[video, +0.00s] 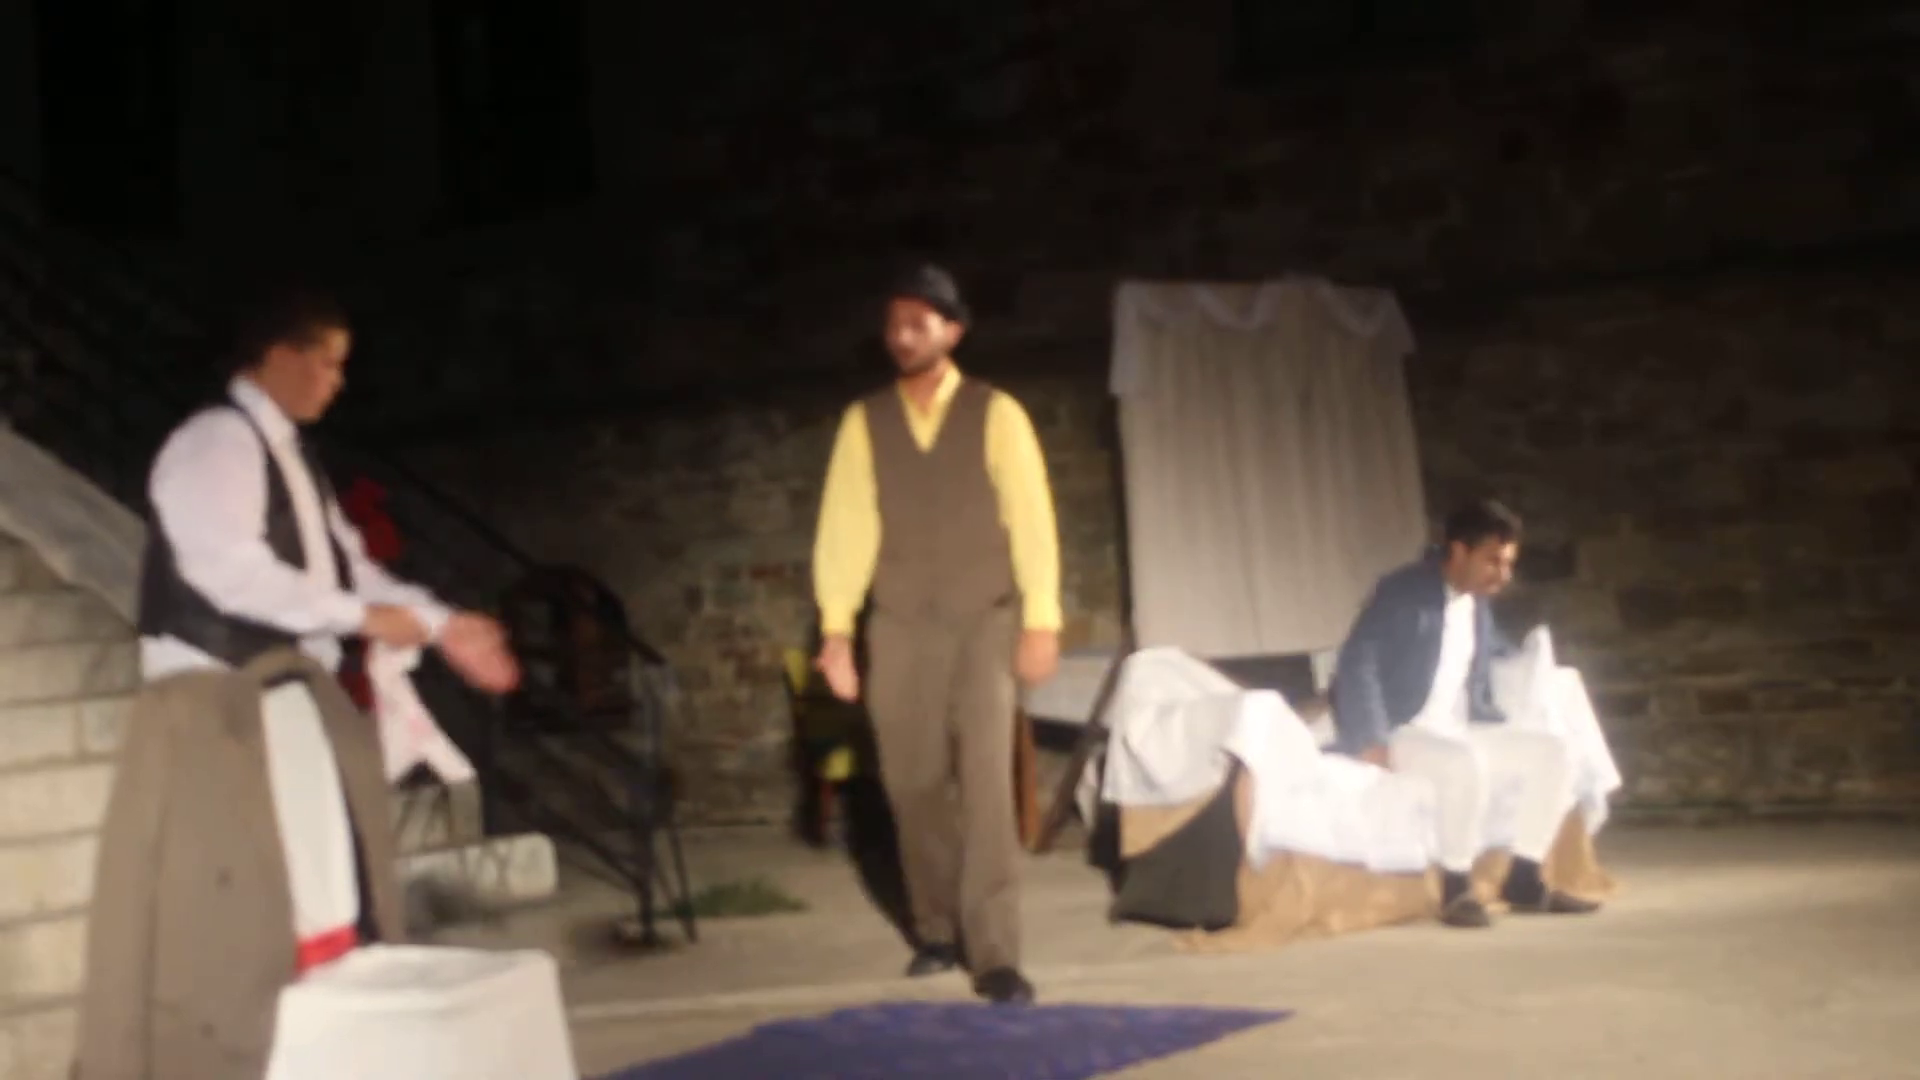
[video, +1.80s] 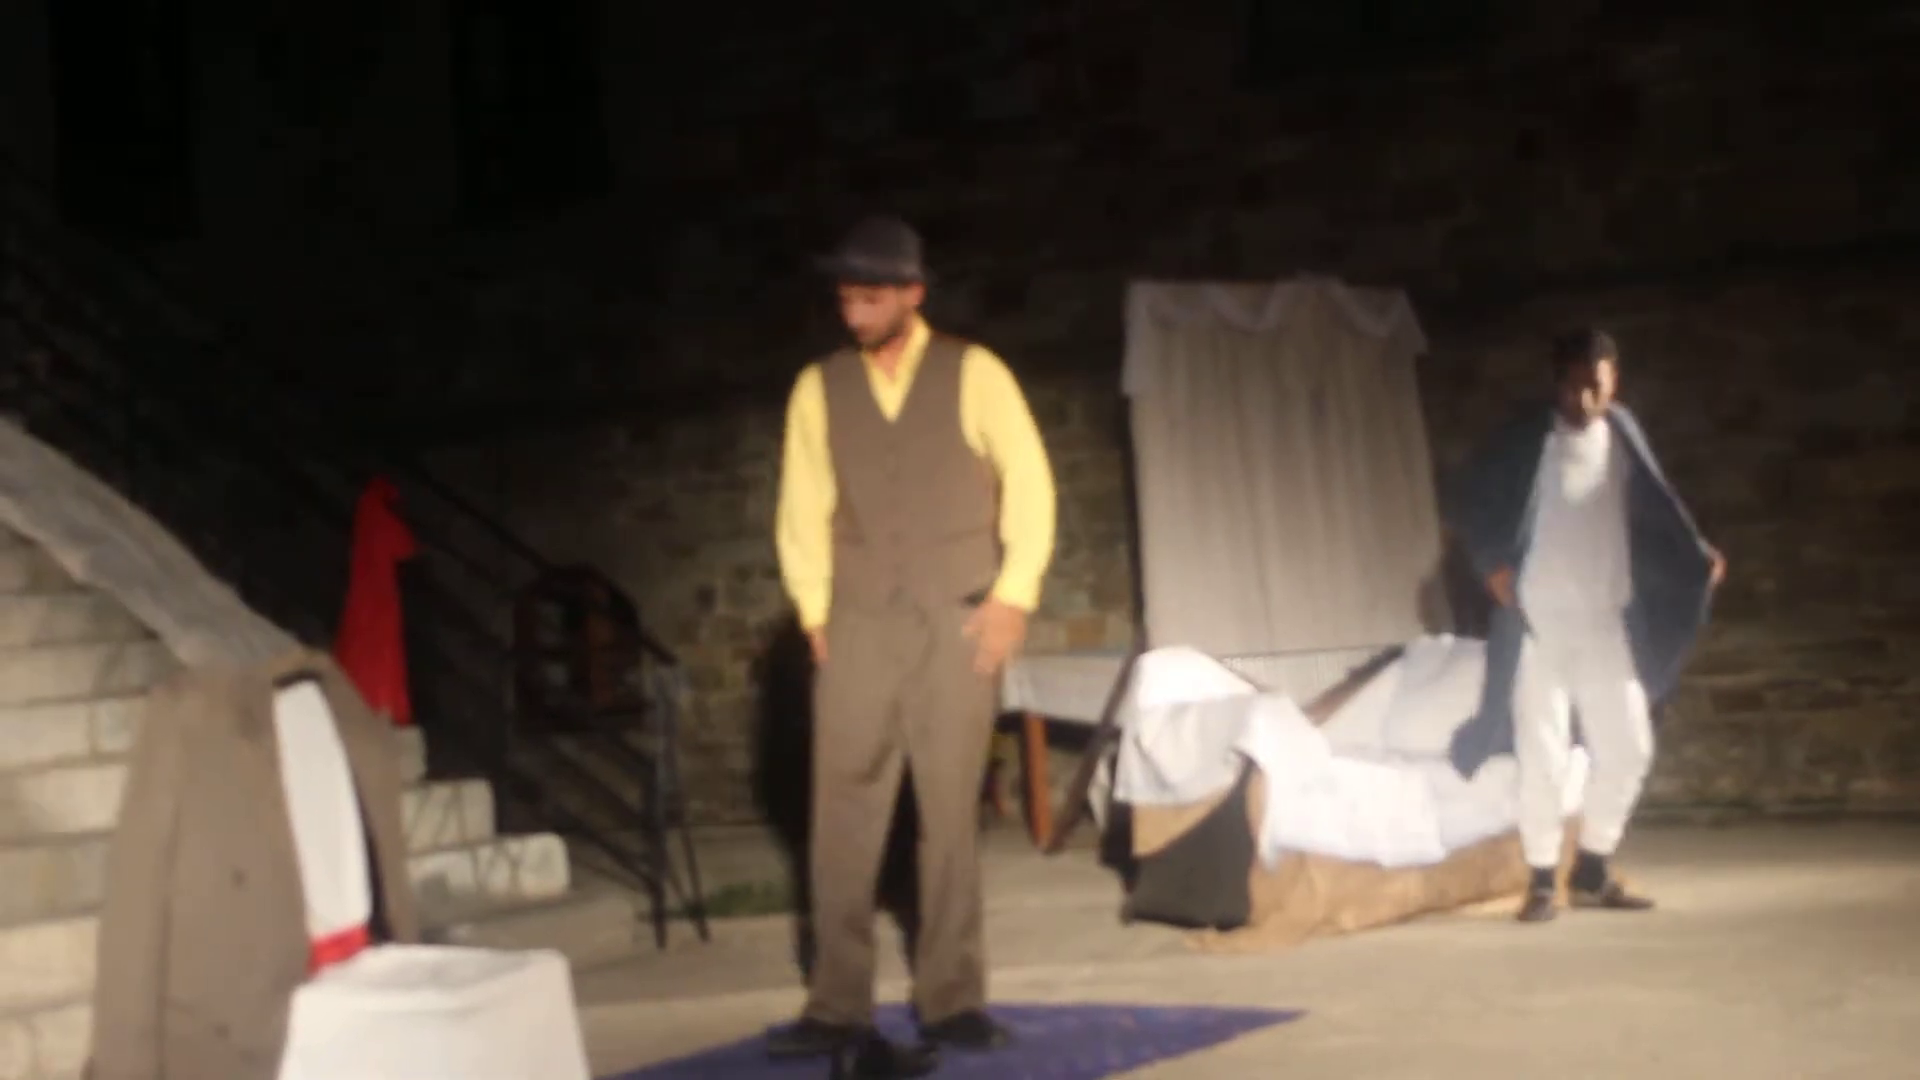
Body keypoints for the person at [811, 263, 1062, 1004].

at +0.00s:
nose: (903, 335)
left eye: (918, 323)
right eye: (896, 322)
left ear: (954, 330)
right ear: (884, 331)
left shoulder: (998, 415)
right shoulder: (863, 423)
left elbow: (1032, 521)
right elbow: (843, 528)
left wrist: (1040, 622)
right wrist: (836, 629)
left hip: (988, 622)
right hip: (898, 627)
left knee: (987, 783)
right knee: (910, 782)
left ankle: (996, 955)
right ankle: (937, 934)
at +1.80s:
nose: (854, 304)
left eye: (871, 289)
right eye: (847, 288)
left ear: (912, 290)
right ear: (839, 293)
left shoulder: (978, 376)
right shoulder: (819, 391)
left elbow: (1031, 489)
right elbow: (802, 513)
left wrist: (1012, 599)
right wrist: (819, 619)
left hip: (959, 625)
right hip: (856, 629)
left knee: (949, 818)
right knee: (842, 821)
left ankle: (952, 1003)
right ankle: (838, 1008)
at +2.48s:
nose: (845, 330)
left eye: (859, 316)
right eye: (831, 312)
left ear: (873, 315)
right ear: (795, 301)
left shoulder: (889, 384)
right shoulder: (741, 387)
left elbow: (916, 504)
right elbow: (699, 509)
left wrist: (921, 616)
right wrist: (703, 621)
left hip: (880, 637)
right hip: (781, 640)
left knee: (896, 825)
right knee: (792, 831)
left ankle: (880, 1016)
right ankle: (809, 1021)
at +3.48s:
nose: (968, 322)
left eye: (973, 307)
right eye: (962, 304)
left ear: (936, 300)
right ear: (914, 291)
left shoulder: (924, 383)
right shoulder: (845, 379)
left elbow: (913, 507)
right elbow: (794, 496)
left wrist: (935, 617)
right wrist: (822, 605)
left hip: (932, 620)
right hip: (882, 620)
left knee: (948, 811)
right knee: (894, 813)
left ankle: (946, 1001)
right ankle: (873, 1012)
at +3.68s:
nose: (999, 307)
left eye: (1001, 290)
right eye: (994, 289)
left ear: (946, 286)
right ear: (953, 286)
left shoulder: (924, 368)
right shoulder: (898, 369)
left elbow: (883, 492)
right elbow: (845, 485)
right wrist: (864, 599)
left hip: (923, 610)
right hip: (918, 612)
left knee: (925, 817)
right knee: (955, 811)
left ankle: (928, 1004)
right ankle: (983, 1002)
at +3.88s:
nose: (1023, 324)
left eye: (1027, 307)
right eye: (1018, 305)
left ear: (969, 298)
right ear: (980, 292)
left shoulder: (923, 362)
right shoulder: (952, 366)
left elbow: (920, 491)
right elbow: (932, 486)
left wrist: (952, 596)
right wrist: (953, 606)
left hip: (909, 607)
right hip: (949, 608)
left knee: (948, 808)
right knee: (1013, 799)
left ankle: (942, 1002)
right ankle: (1020, 1002)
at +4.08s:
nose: (1056, 349)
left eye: (1062, 334)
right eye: (1056, 329)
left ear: (1004, 305)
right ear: (1025, 306)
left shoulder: (919, 382)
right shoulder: (999, 377)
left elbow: (876, 498)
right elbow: (1019, 504)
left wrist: (897, 593)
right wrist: (1067, 606)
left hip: (926, 612)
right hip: (979, 609)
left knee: (1010, 790)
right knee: (1025, 800)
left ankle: (971, 961)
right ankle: (1023, 1005)